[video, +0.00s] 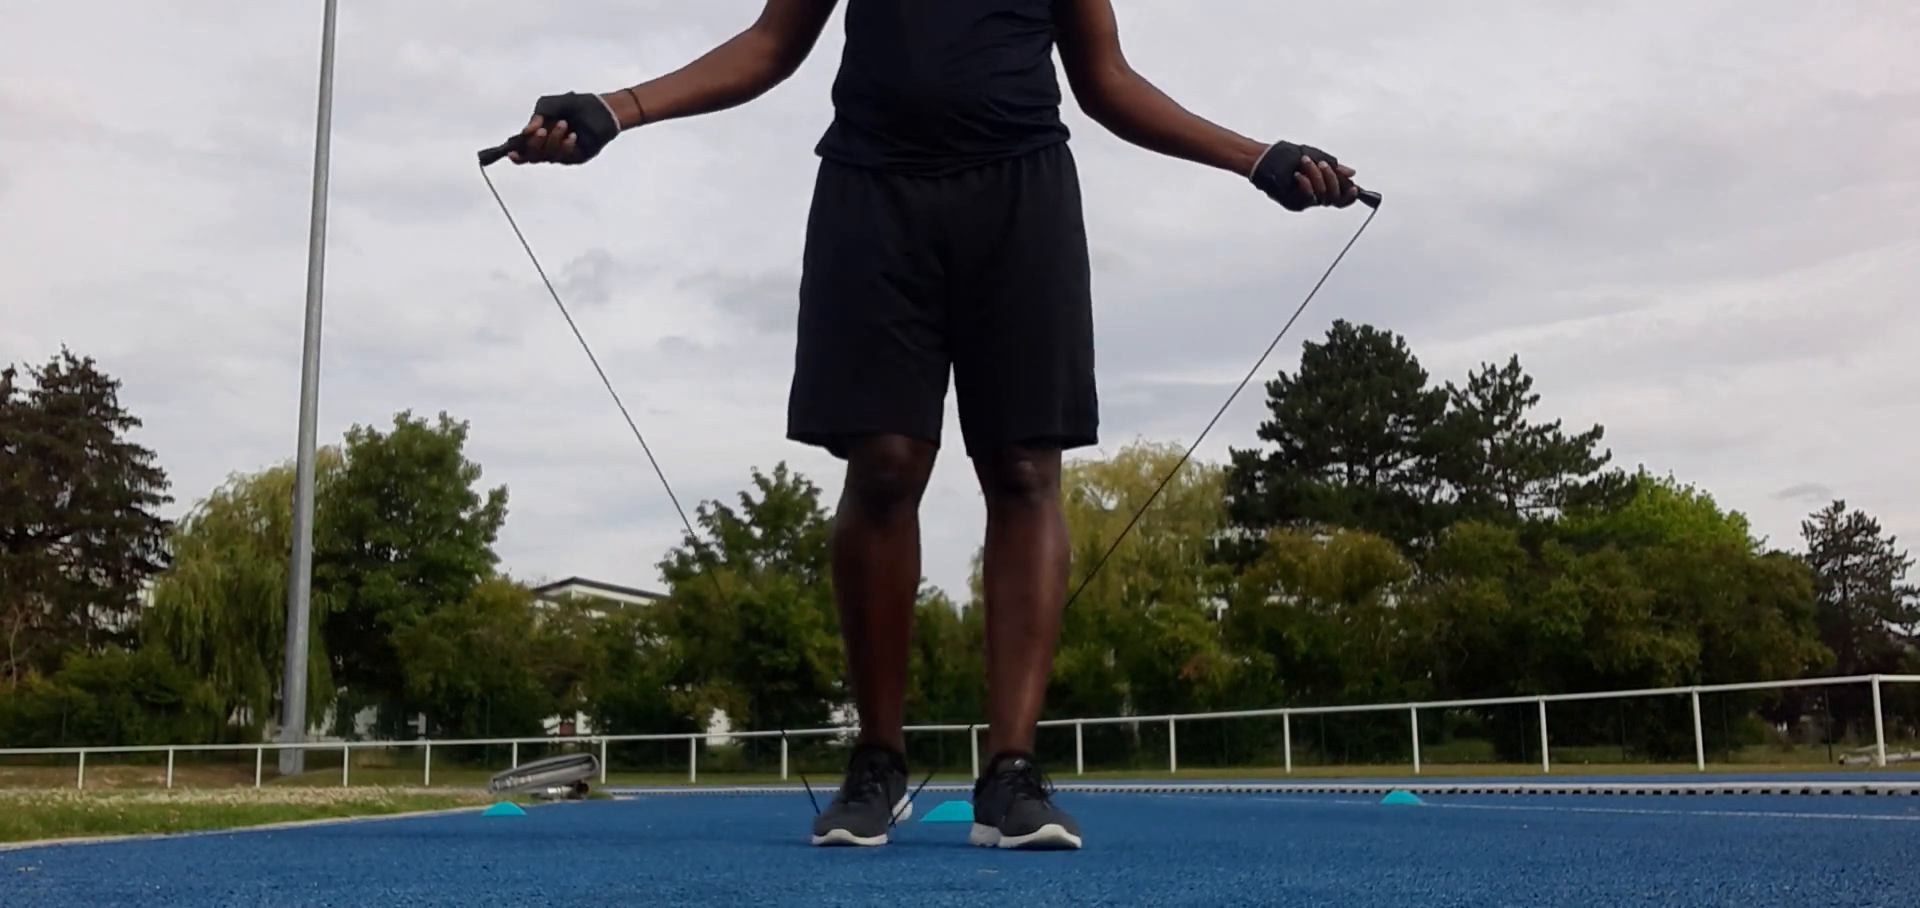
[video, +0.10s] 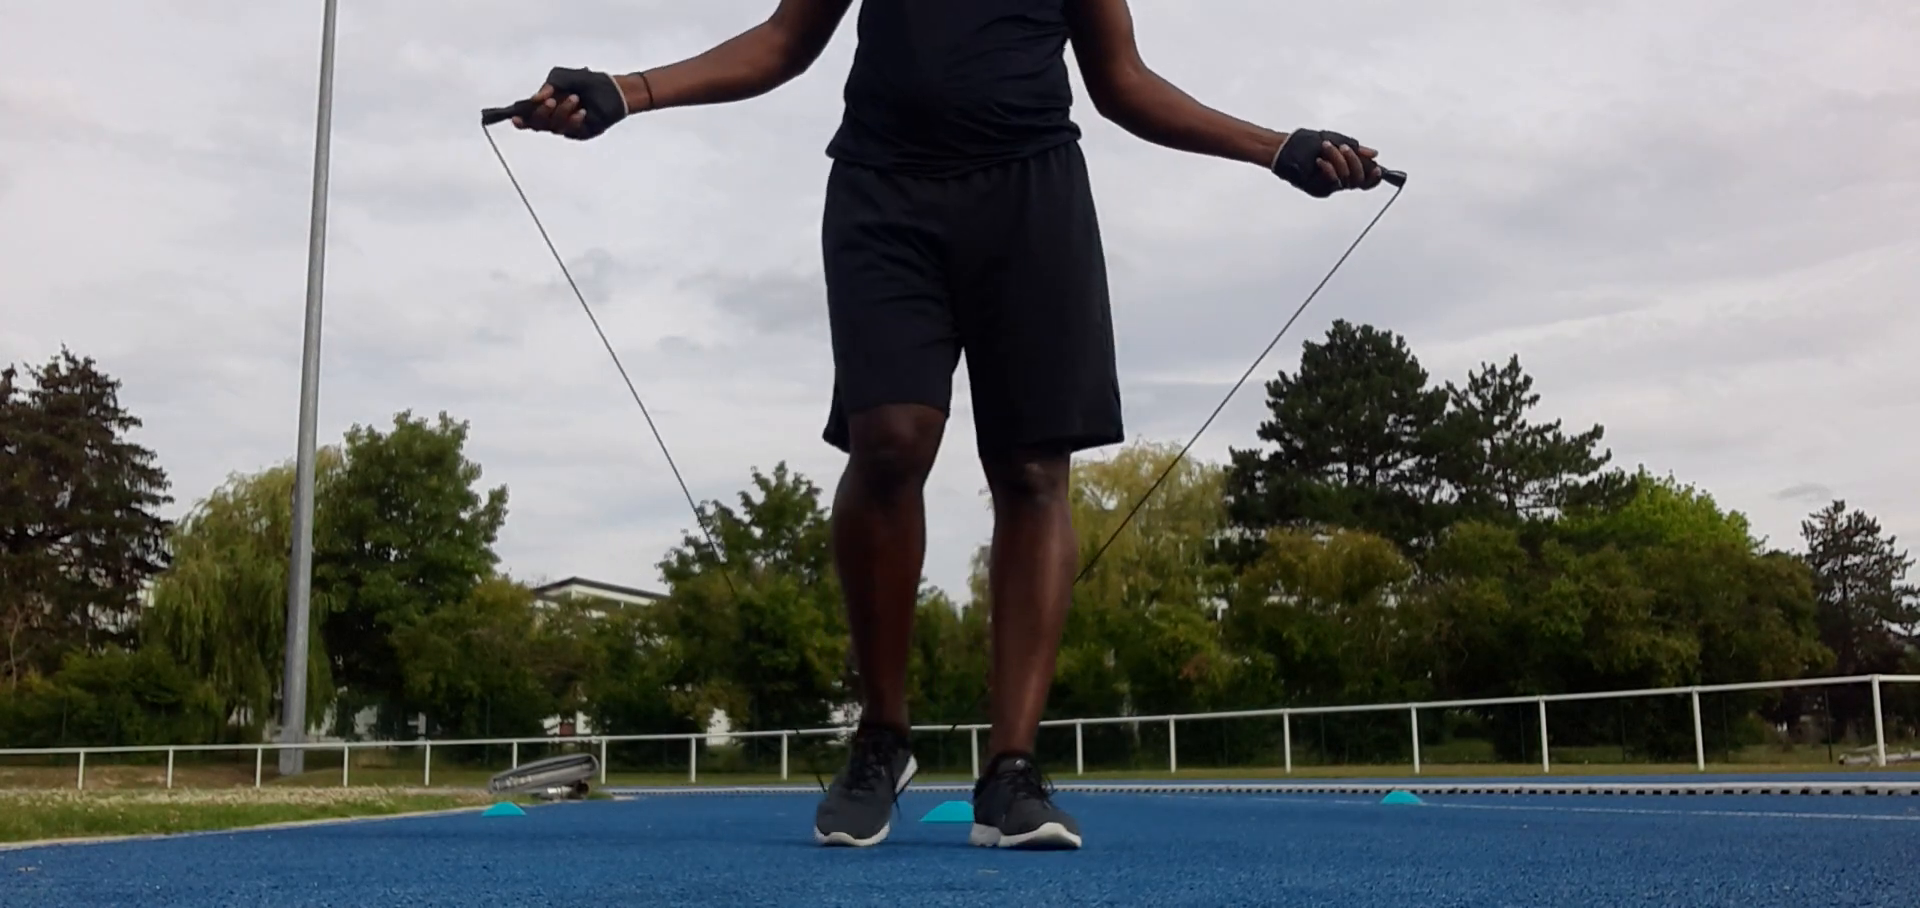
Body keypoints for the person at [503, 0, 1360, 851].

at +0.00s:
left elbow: (1107, 79)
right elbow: (770, 44)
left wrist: (1259, 157)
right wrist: (613, 108)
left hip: (1021, 188)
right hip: (873, 187)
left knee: (1025, 468)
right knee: (884, 466)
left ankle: (1011, 769)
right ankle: (877, 762)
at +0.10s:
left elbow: (1123, 81)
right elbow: (782, 41)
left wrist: (1280, 147)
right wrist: (624, 89)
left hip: (1031, 185)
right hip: (882, 187)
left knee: (1032, 470)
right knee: (889, 445)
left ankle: (1010, 770)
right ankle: (879, 743)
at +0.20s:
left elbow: (1137, 75)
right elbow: (791, 36)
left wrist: (1295, 141)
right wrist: (631, 89)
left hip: (1036, 175)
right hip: (889, 174)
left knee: (1038, 468)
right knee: (902, 419)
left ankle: (1011, 768)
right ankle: (888, 717)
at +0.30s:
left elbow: (1146, 73)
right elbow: (800, 35)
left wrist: (1305, 144)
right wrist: (640, 103)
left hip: (1044, 166)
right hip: (896, 164)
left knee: (1040, 466)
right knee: (915, 409)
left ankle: (1011, 767)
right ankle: (898, 703)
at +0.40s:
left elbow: (1151, 73)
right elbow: (808, 39)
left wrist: (1303, 153)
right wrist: (655, 123)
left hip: (1046, 160)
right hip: (899, 157)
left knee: (1042, 463)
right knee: (925, 393)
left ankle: (1010, 769)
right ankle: (913, 696)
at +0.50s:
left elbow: (1152, 68)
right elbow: (820, 39)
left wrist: (1294, 177)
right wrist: (677, 153)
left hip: (1049, 161)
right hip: (902, 160)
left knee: (1043, 461)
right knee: (923, 380)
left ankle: (1013, 768)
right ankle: (930, 691)